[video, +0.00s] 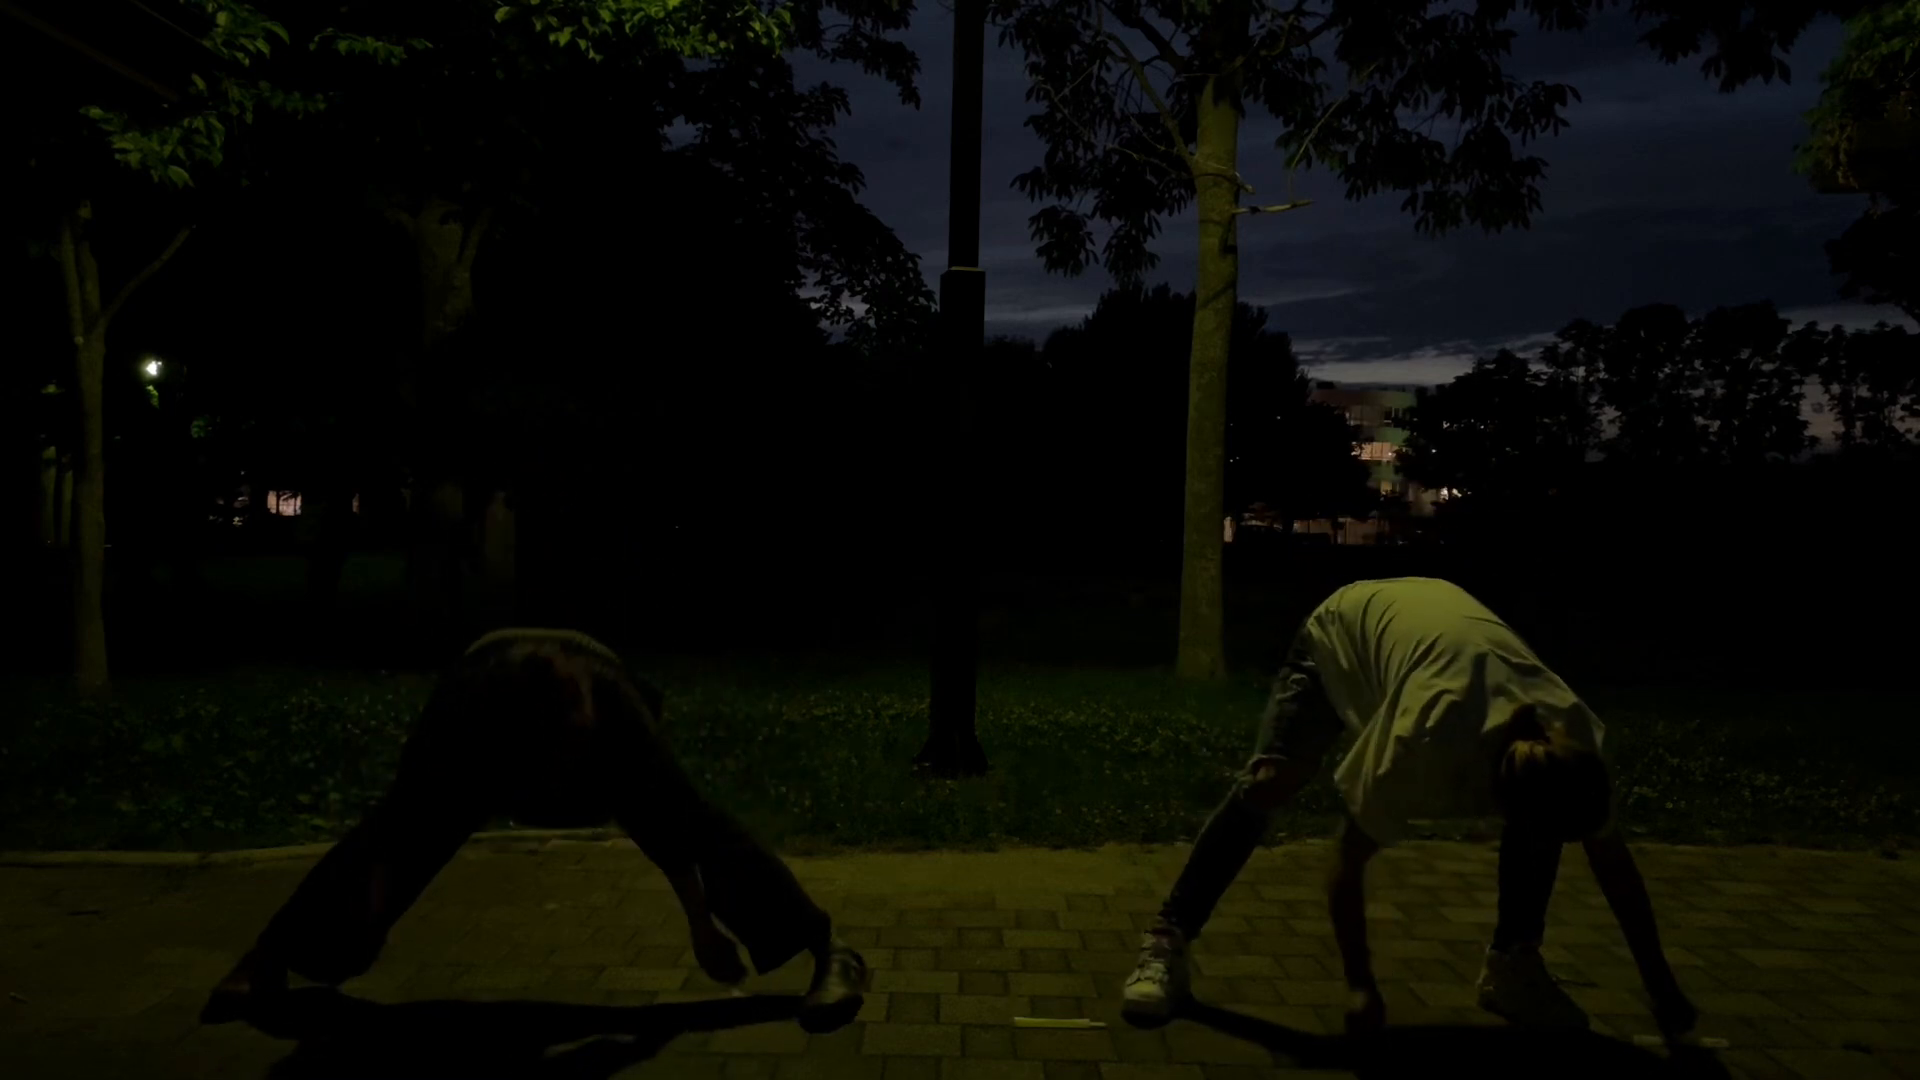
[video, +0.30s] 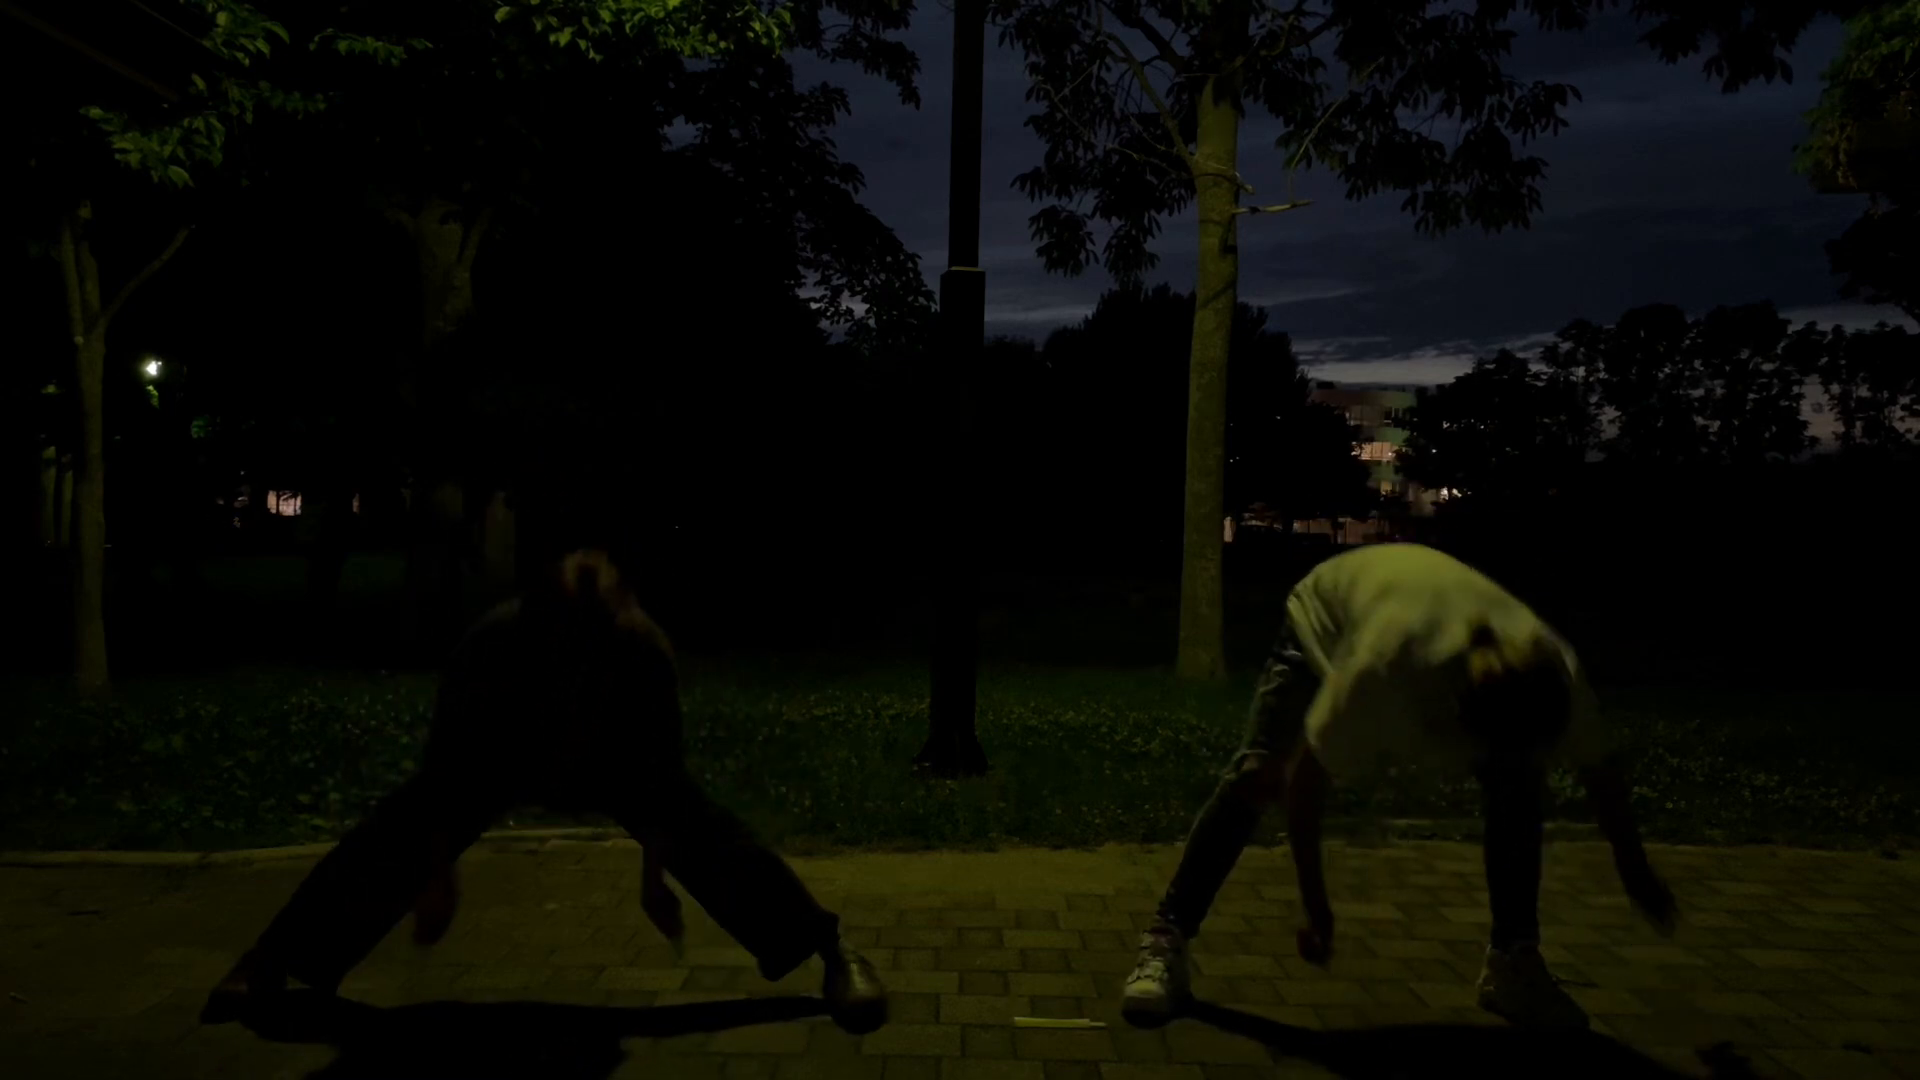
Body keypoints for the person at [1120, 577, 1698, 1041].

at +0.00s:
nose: (1537, 836)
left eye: (1556, 829)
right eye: (1535, 823)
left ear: (1586, 774)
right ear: (1511, 773)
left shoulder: (1577, 735)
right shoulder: (1426, 730)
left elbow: (1610, 857)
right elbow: (1347, 866)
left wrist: (1661, 982)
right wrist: (1362, 988)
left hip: (1450, 618)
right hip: (1343, 628)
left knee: (1546, 797)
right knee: (1265, 785)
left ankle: (1515, 968)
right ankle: (1166, 947)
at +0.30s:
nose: (1513, 756)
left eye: (1528, 747)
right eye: (1504, 745)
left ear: (1552, 701)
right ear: (1474, 704)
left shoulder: (1550, 666)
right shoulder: (1389, 662)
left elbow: (1602, 773)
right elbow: (1302, 781)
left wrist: (1634, 871)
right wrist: (1314, 909)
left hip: (1444, 604)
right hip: (1326, 616)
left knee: (1518, 789)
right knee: (1256, 774)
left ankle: (1515, 967)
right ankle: (1166, 946)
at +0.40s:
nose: (1492, 719)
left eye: (1508, 706)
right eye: (1484, 703)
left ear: (1533, 668)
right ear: (1458, 663)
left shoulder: (1542, 637)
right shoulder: (1373, 633)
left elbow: (1580, 731)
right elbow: (1291, 750)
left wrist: (1610, 805)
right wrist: (1298, 888)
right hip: (1315, 613)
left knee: (1504, 787)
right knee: (1249, 770)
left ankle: (1515, 965)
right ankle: (1165, 945)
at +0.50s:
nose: (1478, 683)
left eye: (1488, 673)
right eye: (1469, 671)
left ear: (1516, 620)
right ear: (1440, 620)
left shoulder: (1512, 572)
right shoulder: (1354, 594)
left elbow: (1536, 669)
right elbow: (1281, 731)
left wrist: (1558, 725)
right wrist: (1267, 853)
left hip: (1422, 641)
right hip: (1304, 624)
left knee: (1518, 778)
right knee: (1241, 772)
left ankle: (1562, 951)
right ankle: (1164, 943)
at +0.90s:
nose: (1472, 760)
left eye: (1482, 744)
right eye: (1459, 748)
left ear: (1503, 696)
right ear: (1420, 703)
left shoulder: (1538, 643)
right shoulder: (1349, 660)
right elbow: (1241, 787)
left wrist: (1557, 742)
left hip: (1468, 606)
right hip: (1337, 621)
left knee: (1557, 803)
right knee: (1253, 796)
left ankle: (1601, 972)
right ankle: (1167, 946)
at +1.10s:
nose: (1381, 776)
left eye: (1398, 764)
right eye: (1367, 765)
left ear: (1431, 716)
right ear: (1337, 723)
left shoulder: (1483, 662)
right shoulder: (1286, 686)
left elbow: (1544, 641)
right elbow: (1215, 793)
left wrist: (1543, 748)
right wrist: (1147, 909)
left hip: (1409, 598)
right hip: (1298, 613)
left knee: (1533, 802)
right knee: (1231, 798)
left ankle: (1601, 973)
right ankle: (1163, 952)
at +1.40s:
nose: (1269, 788)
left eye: (1284, 774)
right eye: (1256, 772)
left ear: (1315, 731)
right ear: (1233, 744)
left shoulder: (1392, 692)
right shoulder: (1202, 730)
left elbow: (1487, 670)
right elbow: (1149, 841)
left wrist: (1507, 763)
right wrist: (1081, 956)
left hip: (1372, 616)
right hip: (1256, 622)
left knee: (1501, 806)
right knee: (1185, 804)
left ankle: (1601, 973)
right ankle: (1162, 958)